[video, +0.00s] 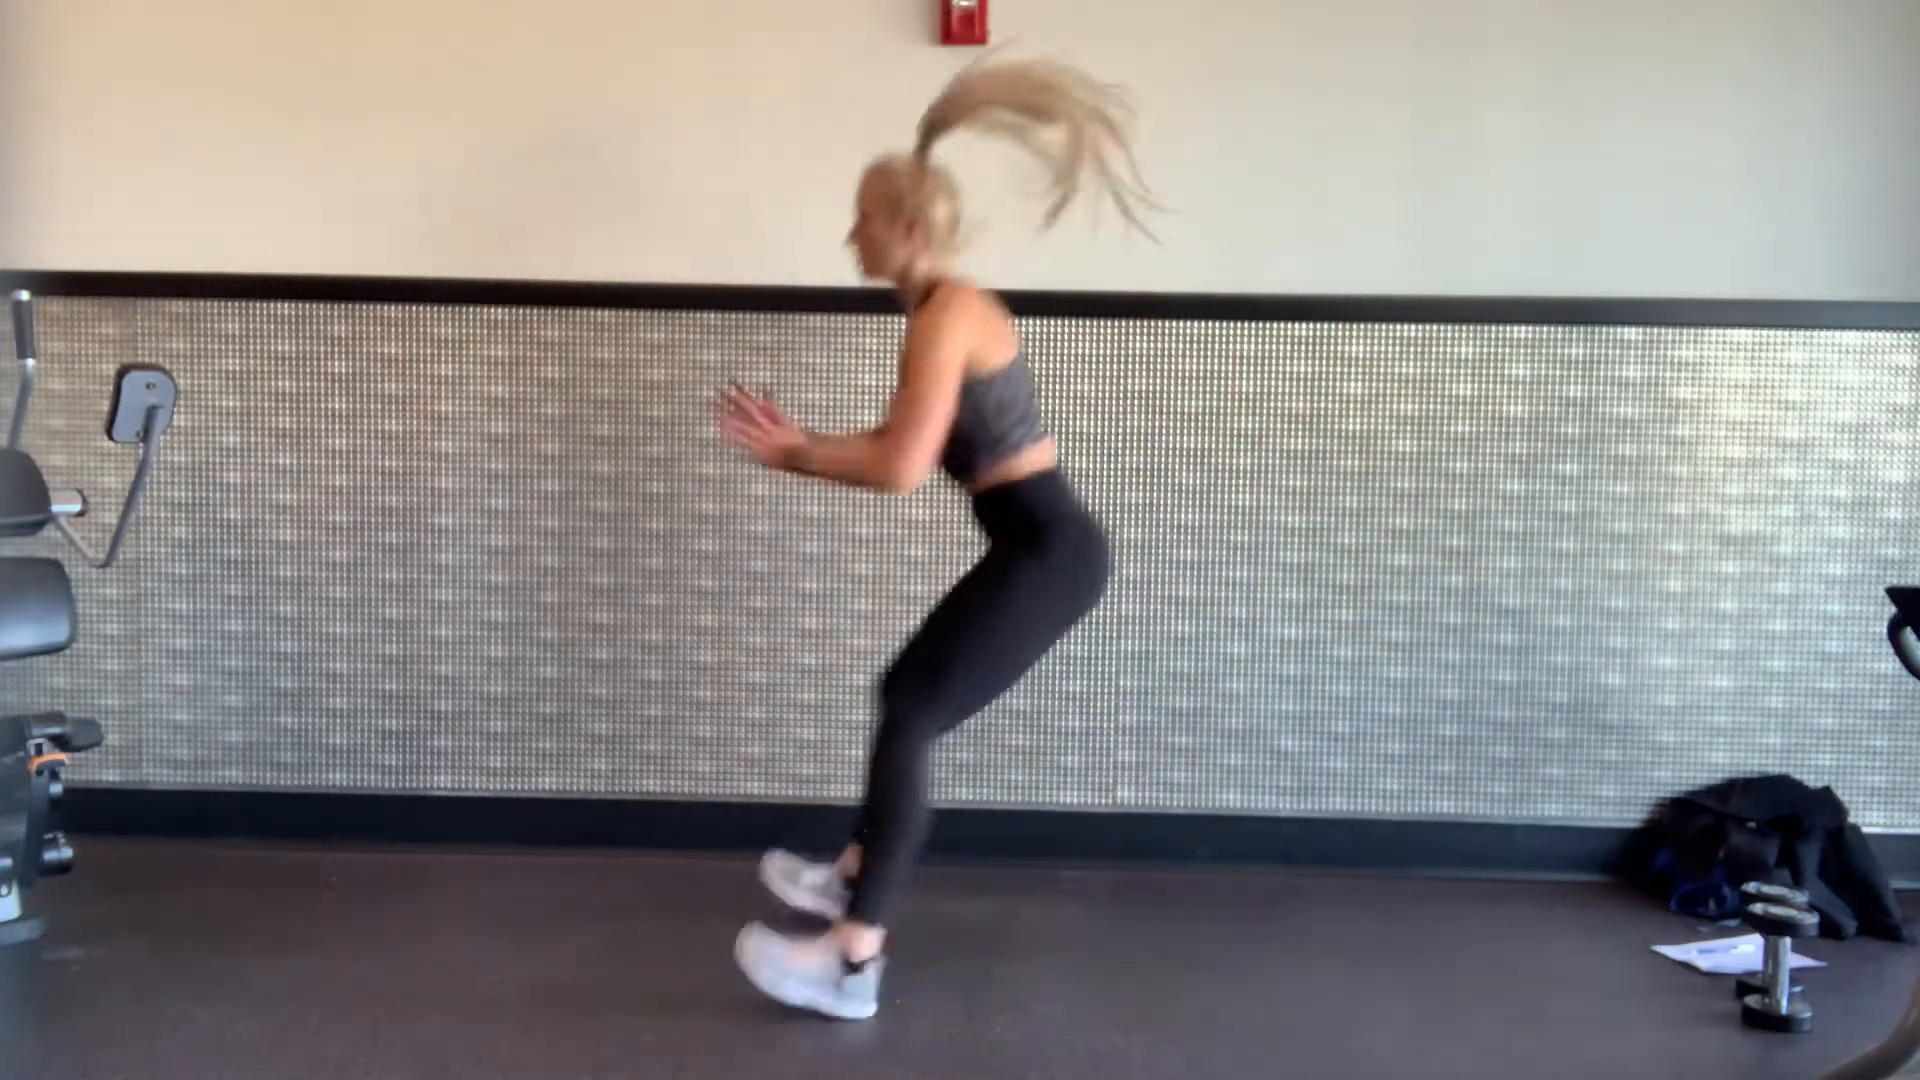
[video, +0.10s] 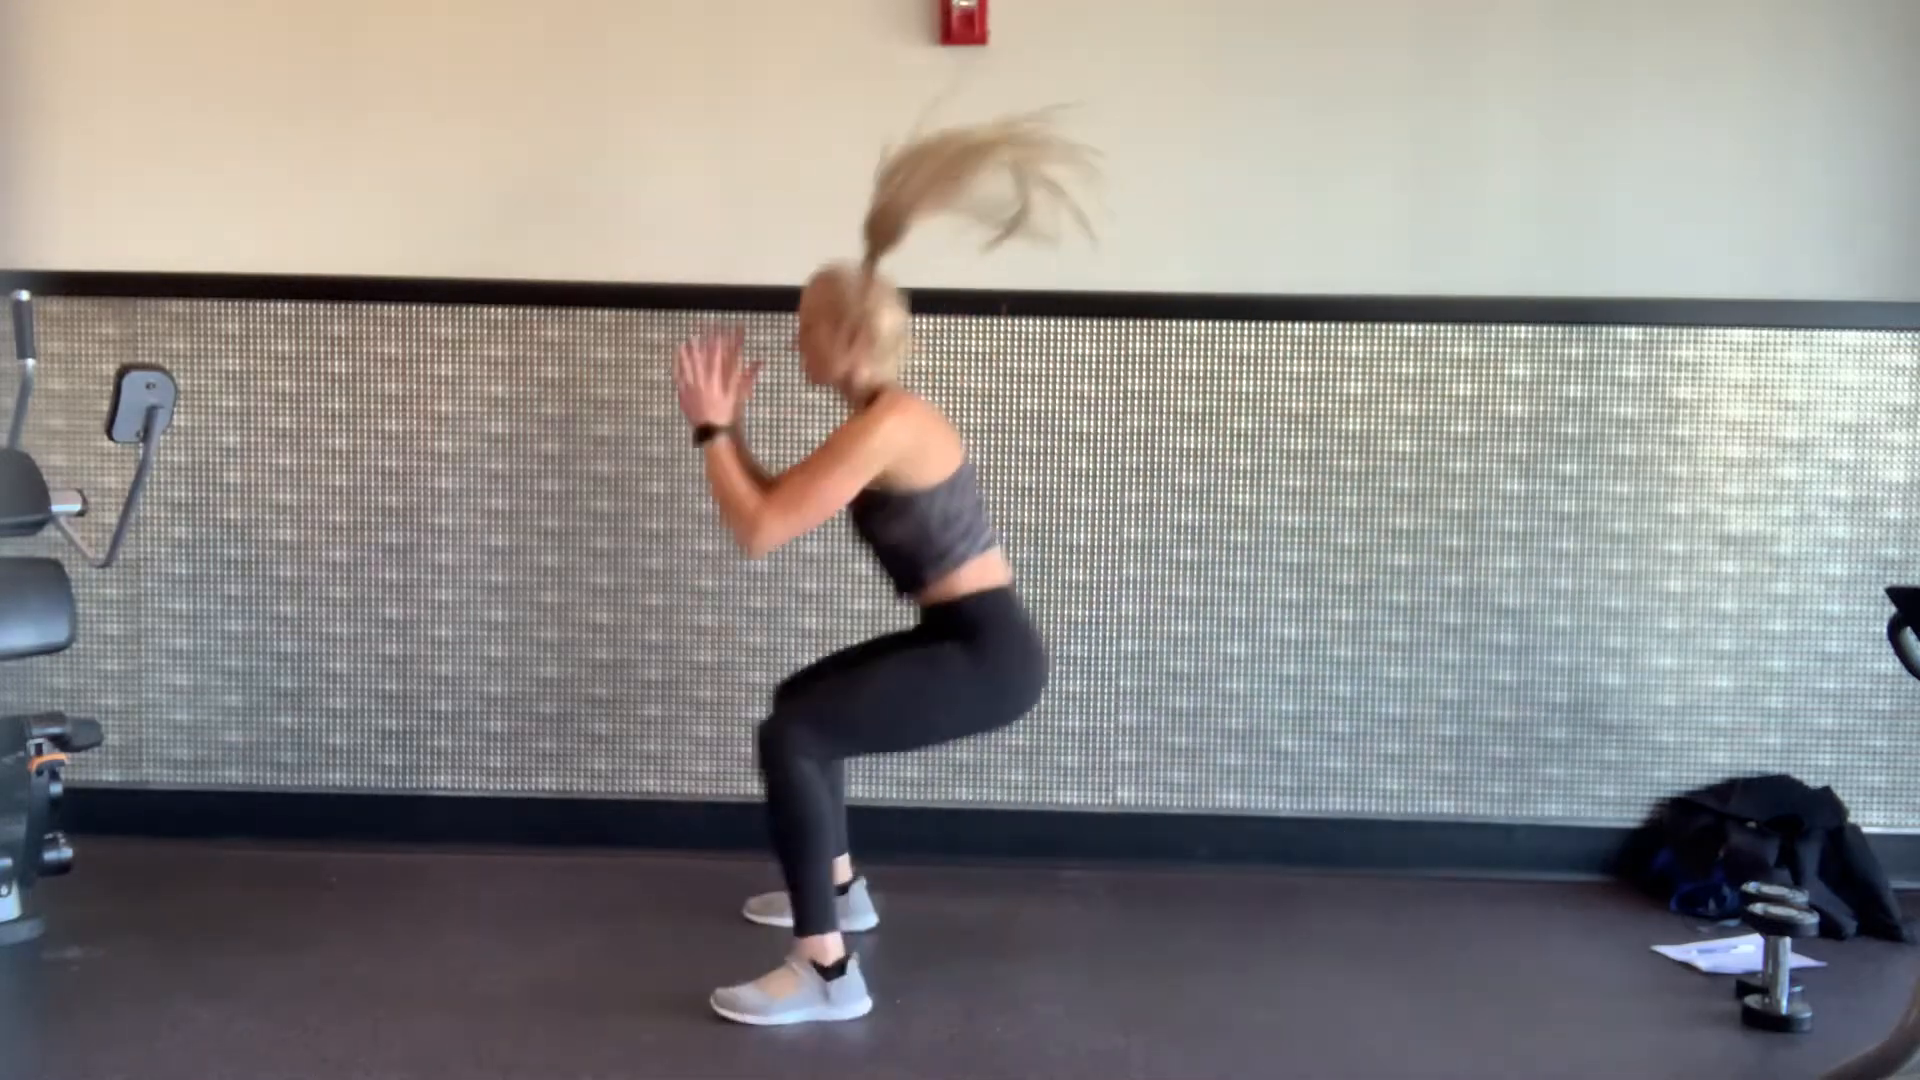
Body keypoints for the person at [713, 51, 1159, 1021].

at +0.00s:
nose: (853, 233)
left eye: (864, 219)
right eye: (857, 217)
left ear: (904, 231)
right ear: (917, 228)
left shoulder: (947, 316)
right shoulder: (947, 309)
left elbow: (902, 469)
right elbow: (901, 448)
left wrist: (793, 453)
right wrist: (802, 444)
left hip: (1051, 553)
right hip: (1035, 545)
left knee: (913, 712)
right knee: (904, 695)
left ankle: (857, 952)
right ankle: (854, 878)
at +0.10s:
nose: (797, 344)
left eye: (807, 329)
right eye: (801, 328)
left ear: (845, 338)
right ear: (866, 336)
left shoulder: (887, 423)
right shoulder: (885, 414)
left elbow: (759, 531)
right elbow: (773, 512)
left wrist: (709, 431)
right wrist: (726, 428)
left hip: (988, 655)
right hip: (970, 640)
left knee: (795, 733)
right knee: (798, 707)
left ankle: (824, 967)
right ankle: (837, 886)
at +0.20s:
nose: (739, 405)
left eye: (753, 395)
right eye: (745, 390)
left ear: (788, 418)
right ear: (806, 416)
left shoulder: (825, 493)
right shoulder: (830, 483)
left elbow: (681, 575)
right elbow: (699, 561)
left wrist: (673, 465)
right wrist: (683, 465)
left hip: (943, 717)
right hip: (924, 697)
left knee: (744, 751)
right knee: (757, 708)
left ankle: (823, 972)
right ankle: (831, 888)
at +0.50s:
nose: (648, 430)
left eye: (662, 419)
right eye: (654, 416)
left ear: (702, 440)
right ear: (716, 441)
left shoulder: (734, 519)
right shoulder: (749, 506)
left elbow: (627, 643)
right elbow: (647, 613)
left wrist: (585, 540)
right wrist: (609, 535)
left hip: (911, 702)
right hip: (894, 682)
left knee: (716, 763)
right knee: (735, 714)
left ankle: (821, 966)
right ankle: (832, 890)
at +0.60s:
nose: (642, 405)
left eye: (654, 394)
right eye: (646, 391)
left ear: (694, 410)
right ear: (710, 409)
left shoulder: (733, 489)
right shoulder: (755, 473)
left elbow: (660, 639)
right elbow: (672, 604)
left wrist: (579, 565)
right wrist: (606, 546)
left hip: (909, 672)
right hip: (896, 655)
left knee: (716, 760)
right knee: (737, 715)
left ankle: (820, 965)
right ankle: (835, 890)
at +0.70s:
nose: (647, 363)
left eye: (660, 350)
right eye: (651, 348)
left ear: (702, 364)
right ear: (719, 363)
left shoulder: (737, 453)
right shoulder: (761, 437)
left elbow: (726, 619)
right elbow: (726, 581)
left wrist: (619, 639)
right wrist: (635, 553)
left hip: (900, 645)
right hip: (896, 632)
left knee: (714, 762)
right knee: (746, 731)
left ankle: (819, 965)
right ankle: (833, 891)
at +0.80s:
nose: (664, 303)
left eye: (679, 291)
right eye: (671, 289)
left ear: (721, 311)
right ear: (741, 310)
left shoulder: (754, 409)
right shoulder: (784, 387)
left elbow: (769, 567)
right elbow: (789, 532)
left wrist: (691, 652)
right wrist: (699, 563)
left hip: (887, 618)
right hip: (886, 606)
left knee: (711, 764)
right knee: (745, 730)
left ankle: (820, 965)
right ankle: (831, 888)